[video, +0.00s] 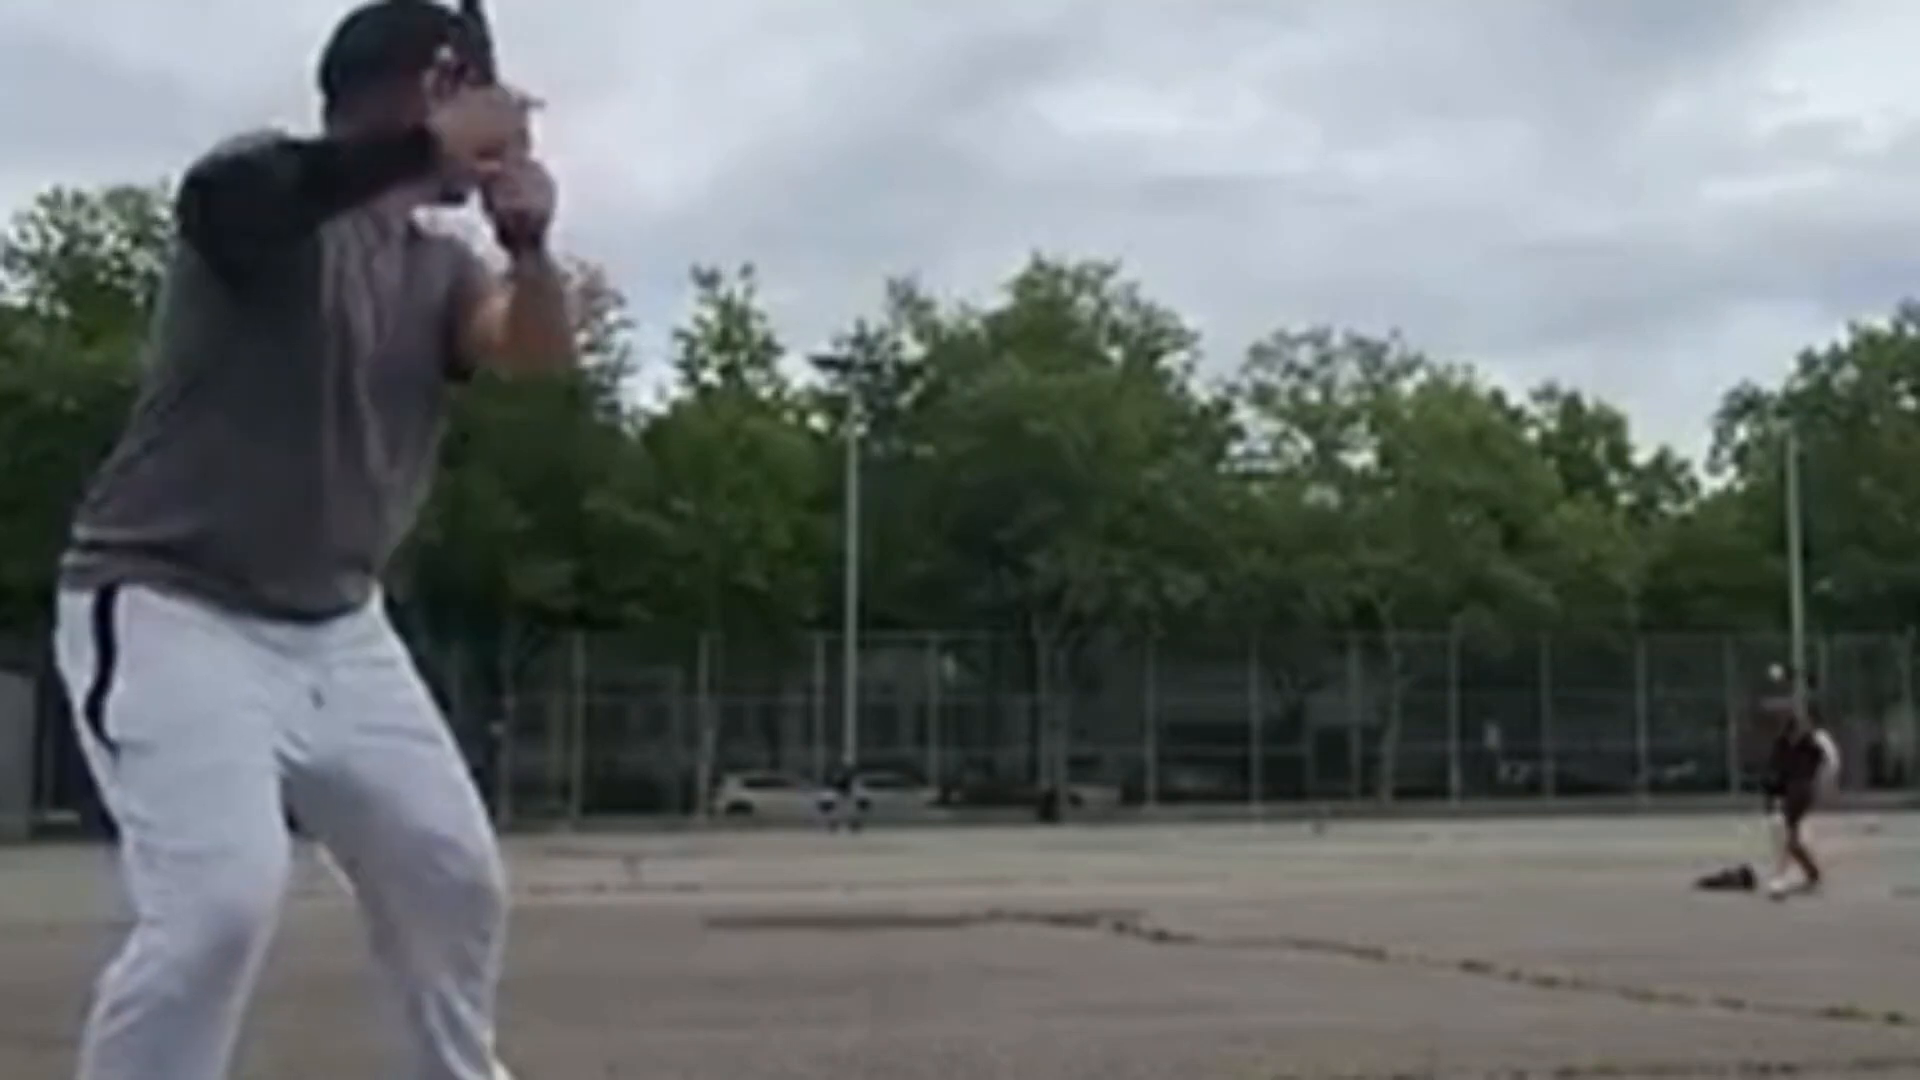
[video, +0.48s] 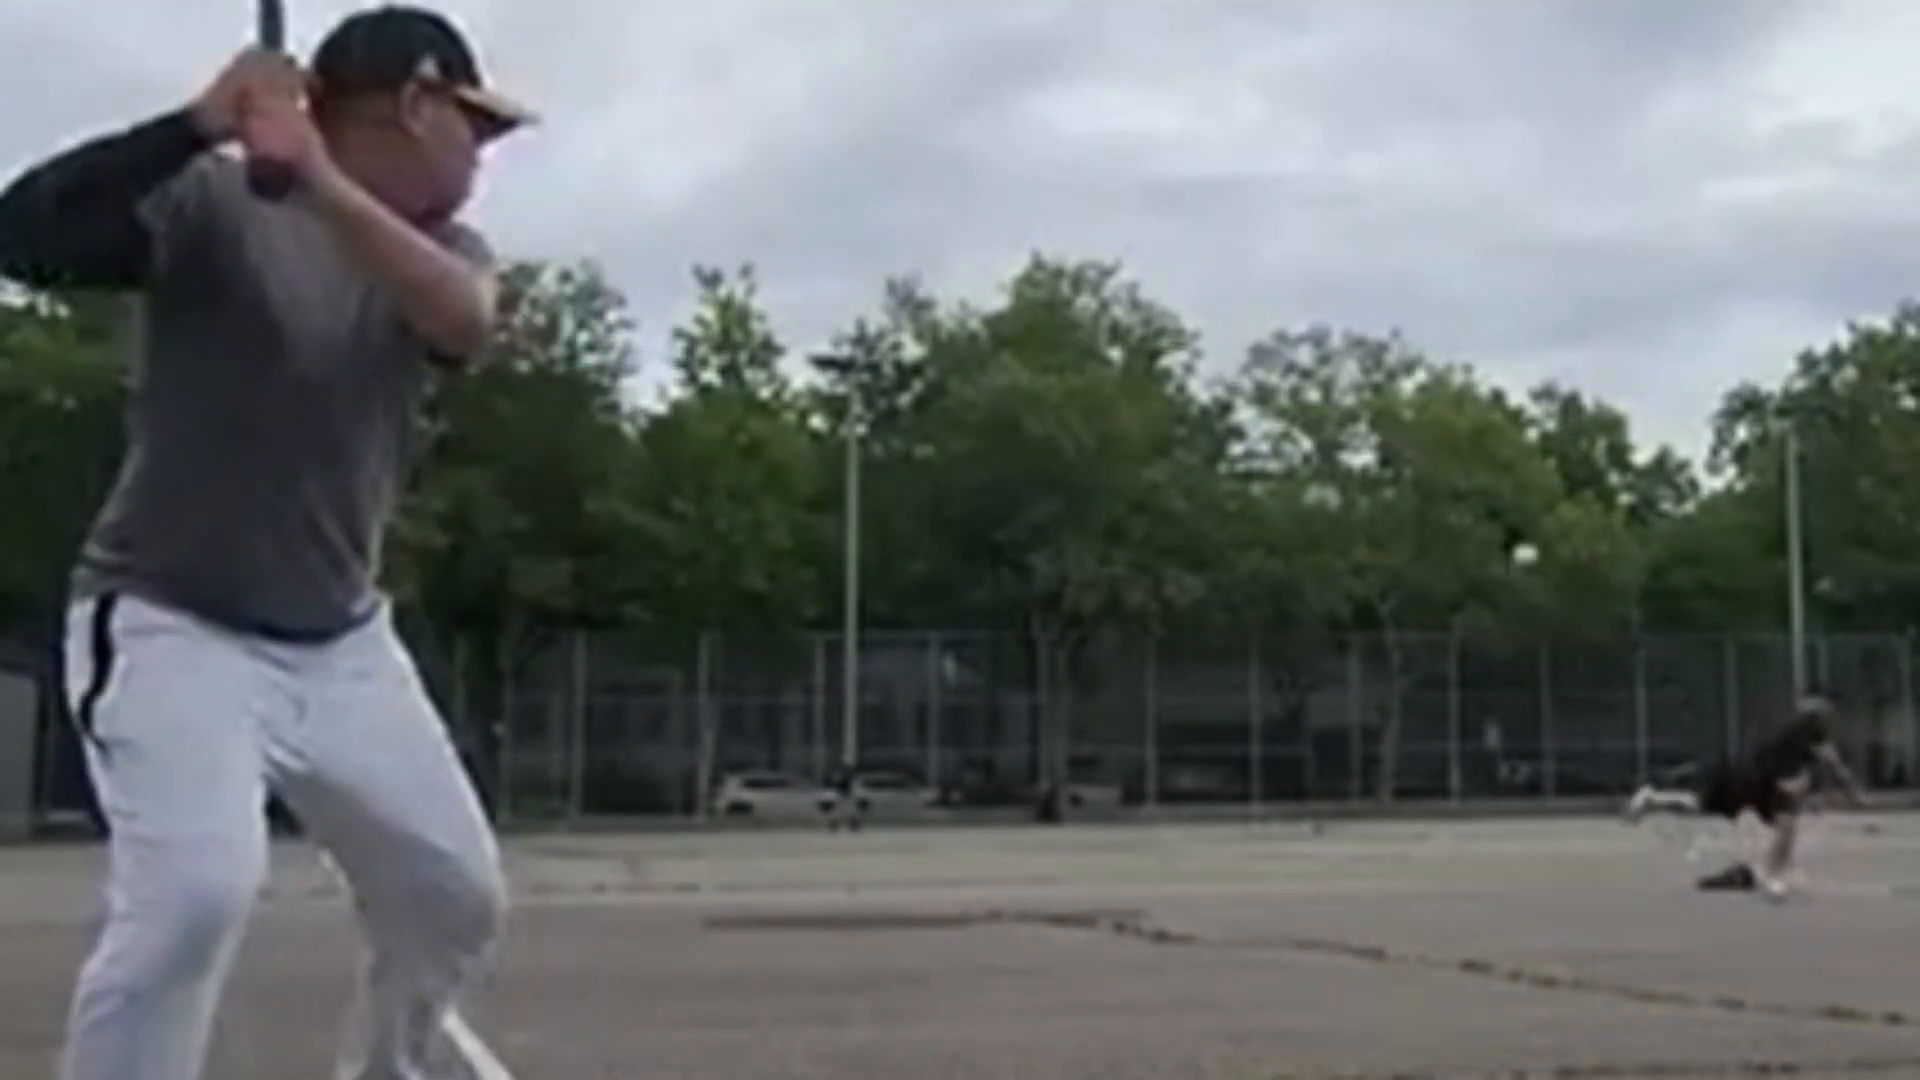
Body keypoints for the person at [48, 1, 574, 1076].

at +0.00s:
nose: (486, 118)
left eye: (485, 98)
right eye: (477, 94)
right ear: (434, 84)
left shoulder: (443, 260)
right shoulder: (258, 192)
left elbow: (535, 354)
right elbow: (229, 202)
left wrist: (527, 248)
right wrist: (435, 146)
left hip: (338, 626)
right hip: (168, 611)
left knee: (454, 879)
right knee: (220, 898)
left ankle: (455, 1067)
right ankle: (129, 1071)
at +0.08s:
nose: (485, 122)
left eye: (490, 103)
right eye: (472, 97)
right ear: (401, 88)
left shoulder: (438, 252)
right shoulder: (269, 189)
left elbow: (520, 350)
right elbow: (166, 204)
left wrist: (497, 224)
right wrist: (386, 137)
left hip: (331, 621)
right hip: (158, 607)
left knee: (452, 885)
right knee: (208, 899)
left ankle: (455, 1066)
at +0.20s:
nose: (483, 123)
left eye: (484, 101)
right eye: (469, 96)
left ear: (420, 88)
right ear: (392, 80)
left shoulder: (426, 242)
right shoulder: (243, 184)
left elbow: (503, 337)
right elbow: (78, 207)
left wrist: (414, 192)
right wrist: (288, 107)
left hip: (331, 624)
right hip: (154, 611)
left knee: (434, 896)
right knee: (204, 897)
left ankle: (443, 1062)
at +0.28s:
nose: (481, 123)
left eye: (482, 100)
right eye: (470, 95)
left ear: (403, 83)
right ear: (402, 79)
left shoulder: (438, 234)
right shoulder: (232, 181)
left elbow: (484, 323)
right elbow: (46, 211)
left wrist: (364, 175)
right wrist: (245, 108)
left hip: (334, 625)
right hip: (154, 611)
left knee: (440, 895)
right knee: (202, 900)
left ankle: (444, 1065)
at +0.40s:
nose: (475, 136)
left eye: (476, 112)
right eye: (463, 107)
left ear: (405, 96)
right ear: (400, 90)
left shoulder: (441, 242)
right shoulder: (220, 184)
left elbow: (470, 318)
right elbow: (24, 213)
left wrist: (332, 179)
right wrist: (209, 113)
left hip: (336, 634)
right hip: (161, 622)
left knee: (447, 895)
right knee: (196, 894)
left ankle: (435, 1062)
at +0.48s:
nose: (481, 149)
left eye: (482, 126)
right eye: (469, 121)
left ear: (404, 112)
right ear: (403, 108)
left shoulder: (445, 253)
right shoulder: (217, 200)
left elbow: (468, 322)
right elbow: (25, 233)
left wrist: (320, 179)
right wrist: (191, 128)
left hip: (344, 646)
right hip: (172, 631)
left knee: (455, 897)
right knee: (195, 893)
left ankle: (394, 1060)